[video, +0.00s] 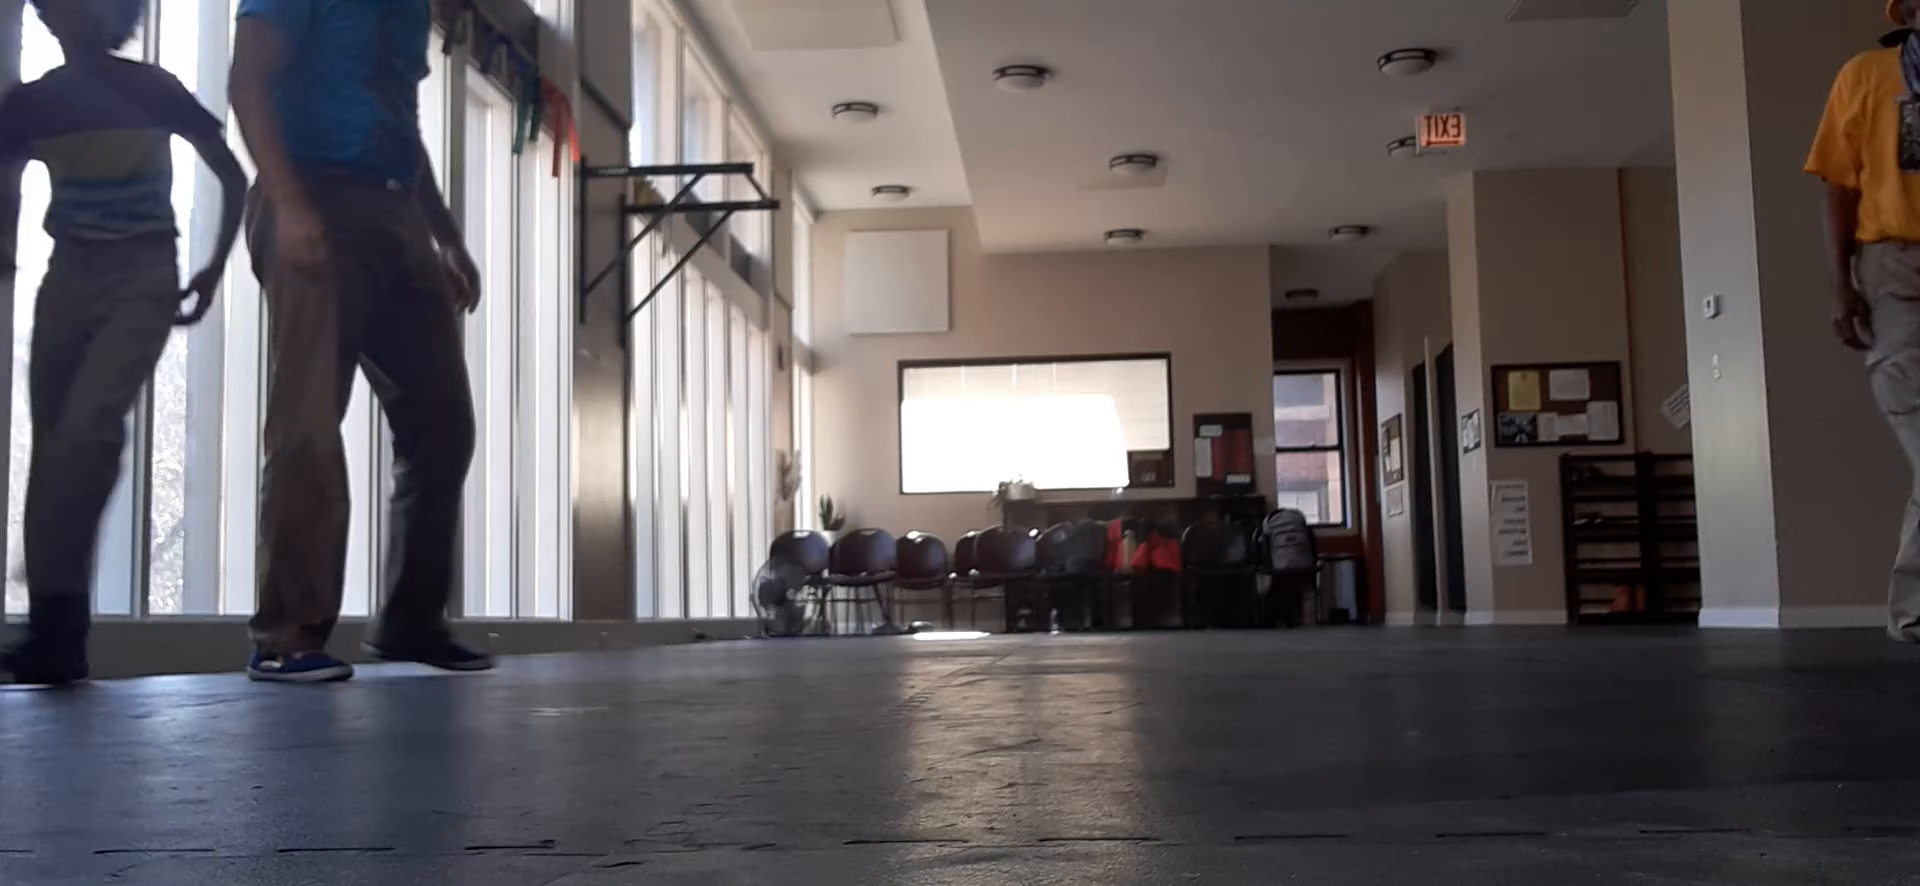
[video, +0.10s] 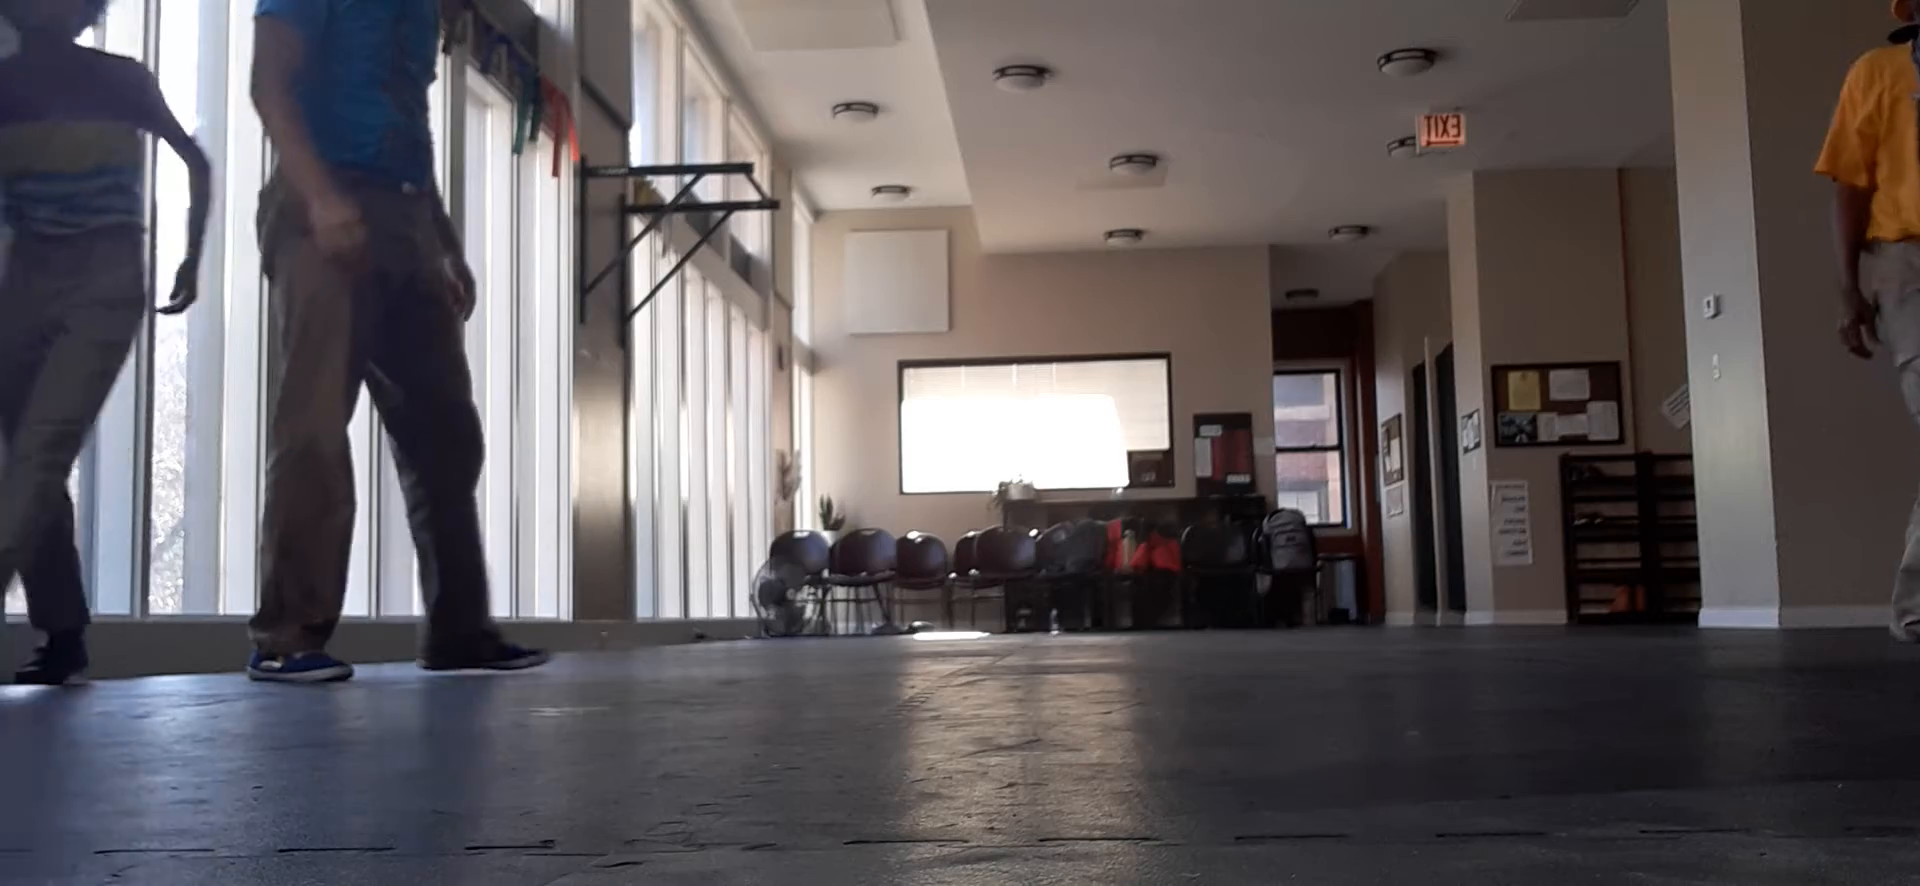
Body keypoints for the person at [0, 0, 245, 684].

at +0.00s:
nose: (84, 16)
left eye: (92, 5)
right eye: (72, 6)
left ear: (118, 14)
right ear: (50, 15)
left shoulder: (154, 89)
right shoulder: (28, 104)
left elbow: (234, 177)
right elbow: (12, 208)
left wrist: (215, 266)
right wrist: (13, 257)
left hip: (144, 281)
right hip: (67, 282)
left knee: (85, 431)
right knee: (53, 448)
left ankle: (58, 637)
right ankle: (54, 637)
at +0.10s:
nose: (43, 10)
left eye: (56, 2)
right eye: (38, 2)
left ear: (83, 11)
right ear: (20, 11)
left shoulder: (120, 79)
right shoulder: (8, 77)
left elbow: (199, 163)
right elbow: (201, 165)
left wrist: (191, 260)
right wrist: (193, 259)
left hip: (107, 279)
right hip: (23, 279)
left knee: (42, 451)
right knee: (30, 456)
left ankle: (63, 639)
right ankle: (62, 638)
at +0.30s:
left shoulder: (62, 59)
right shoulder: (64, 58)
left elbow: (111, 194)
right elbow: (112, 194)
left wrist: (97, 314)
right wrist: (98, 315)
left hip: (24, 266)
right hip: (29, 268)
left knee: (6, 446)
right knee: (6, 446)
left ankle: (9, 624)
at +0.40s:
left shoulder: (43, 17)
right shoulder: (41, 16)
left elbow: (67, 158)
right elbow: (68, 159)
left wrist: (43, 196)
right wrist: (42, 198)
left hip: (19, 224)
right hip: (18, 225)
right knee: (5, 433)